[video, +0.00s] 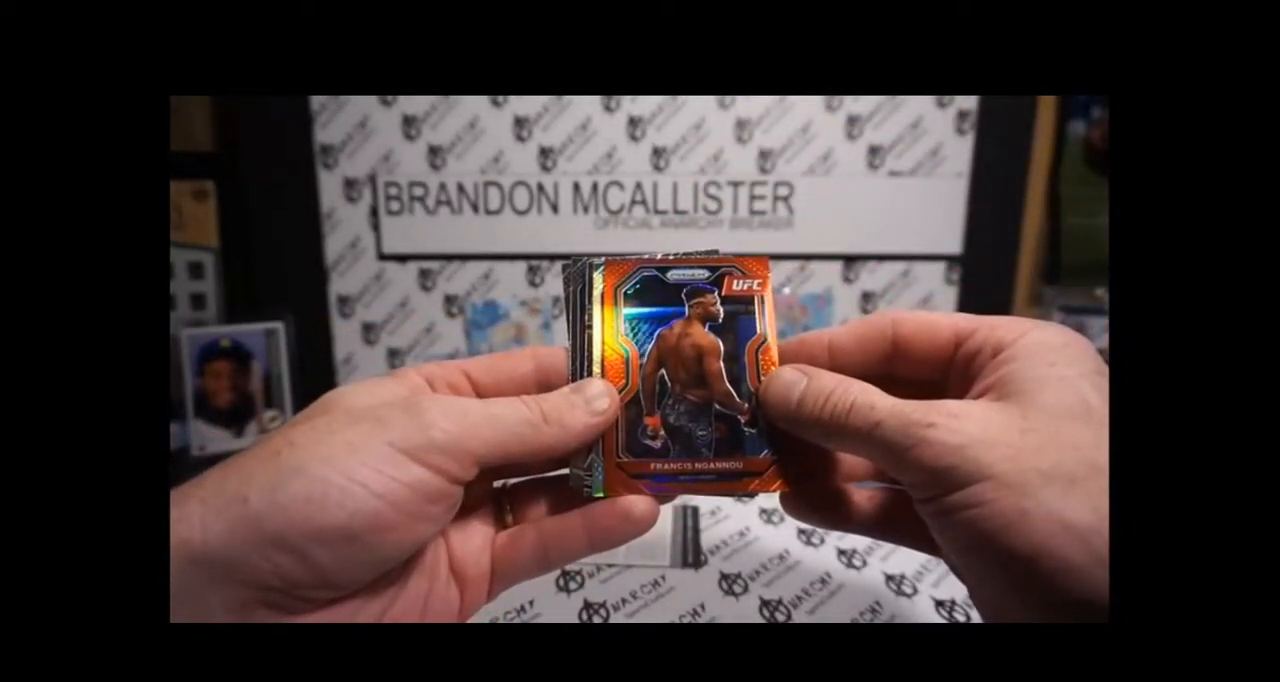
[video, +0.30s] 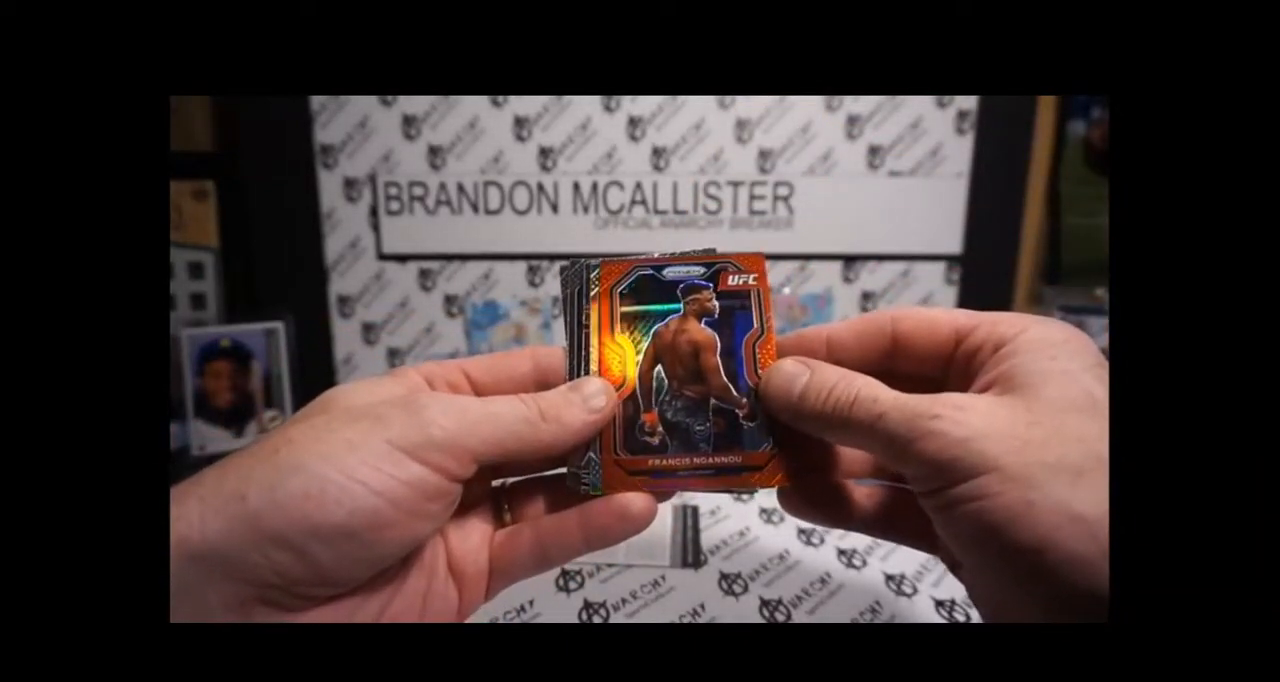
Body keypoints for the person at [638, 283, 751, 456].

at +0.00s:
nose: (720, 309)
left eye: (719, 303)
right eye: (714, 304)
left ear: (696, 308)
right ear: (697, 308)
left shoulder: (665, 334)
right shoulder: (709, 342)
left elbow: (649, 373)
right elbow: (720, 391)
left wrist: (650, 413)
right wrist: (743, 409)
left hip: (671, 408)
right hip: (697, 414)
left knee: (678, 471)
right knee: (699, 474)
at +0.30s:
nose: (716, 304)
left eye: (715, 299)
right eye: (710, 300)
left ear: (690, 304)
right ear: (692, 304)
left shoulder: (661, 331)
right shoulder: (705, 336)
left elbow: (645, 371)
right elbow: (717, 386)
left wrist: (647, 410)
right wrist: (741, 404)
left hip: (669, 405)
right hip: (695, 410)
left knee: (676, 466)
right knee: (698, 471)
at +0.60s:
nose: (716, 307)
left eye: (715, 302)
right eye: (710, 303)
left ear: (691, 308)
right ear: (692, 308)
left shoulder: (661, 333)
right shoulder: (706, 340)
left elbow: (645, 374)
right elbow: (717, 389)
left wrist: (647, 413)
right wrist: (741, 407)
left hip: (668, 406)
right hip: (695, 412)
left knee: (676, 469)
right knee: (698, 473)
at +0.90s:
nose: (715, 307)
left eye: (713, 302)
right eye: (709, 303)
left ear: (690, 309)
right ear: (691, 308)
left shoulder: (660, 334)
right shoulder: (705, 340)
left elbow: (644, 375)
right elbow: (716, 388)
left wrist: (647, 414)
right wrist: (741, 407)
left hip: (668, 407)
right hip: (695, 412)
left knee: (676, 469)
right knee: (700, 473)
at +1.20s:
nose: (716, 308)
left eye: (714, 303)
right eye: (710, 304)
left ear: (690, 310)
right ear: (692, 309)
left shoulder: (661, 335)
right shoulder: (706, 341)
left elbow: (645, 376)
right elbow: (718, 390)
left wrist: (648, 414)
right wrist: (741, 408)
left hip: (669, 407)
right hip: (696, 413)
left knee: (678, 470)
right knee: (700, 474)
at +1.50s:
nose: (718, 308)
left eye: (716, 303)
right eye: (713, 304)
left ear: (693, 309)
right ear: (694, 308)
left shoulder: (663, 334)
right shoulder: (708, 341)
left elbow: (648, 374)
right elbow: (720, 389)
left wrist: (650, 413)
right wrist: (743, 407)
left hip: (671, 407)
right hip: (698, 412)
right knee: (702, 474)